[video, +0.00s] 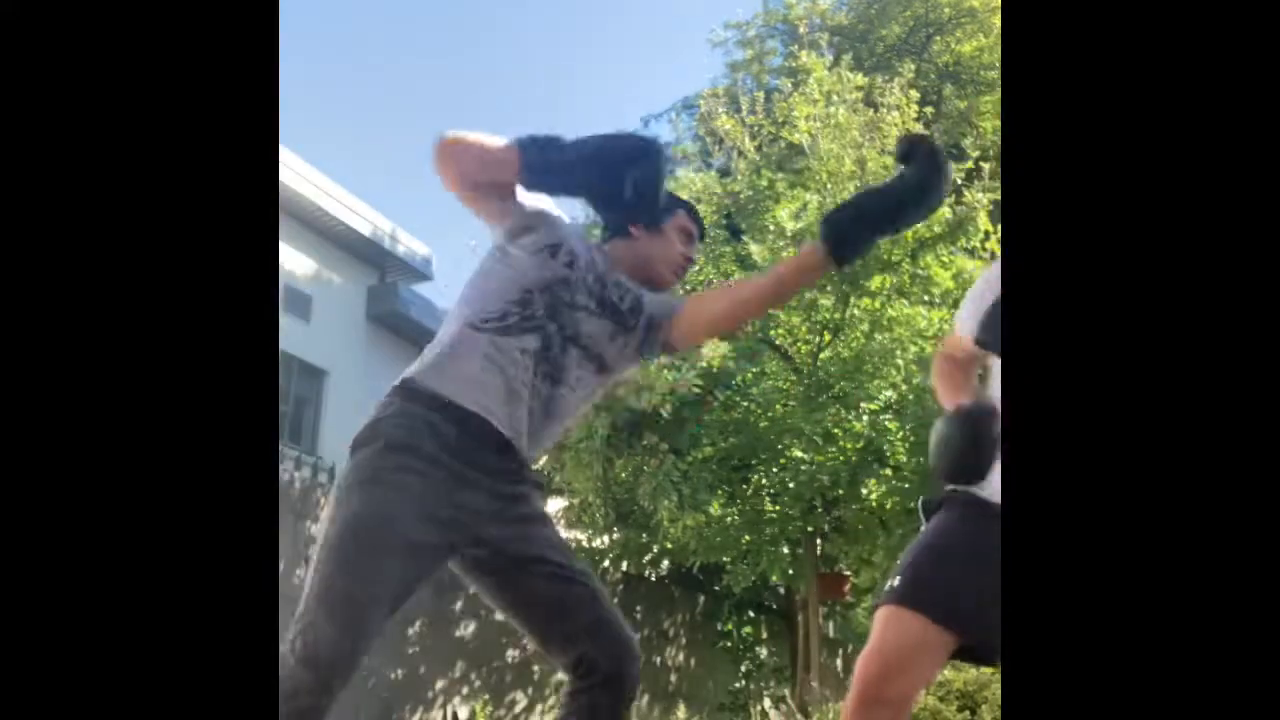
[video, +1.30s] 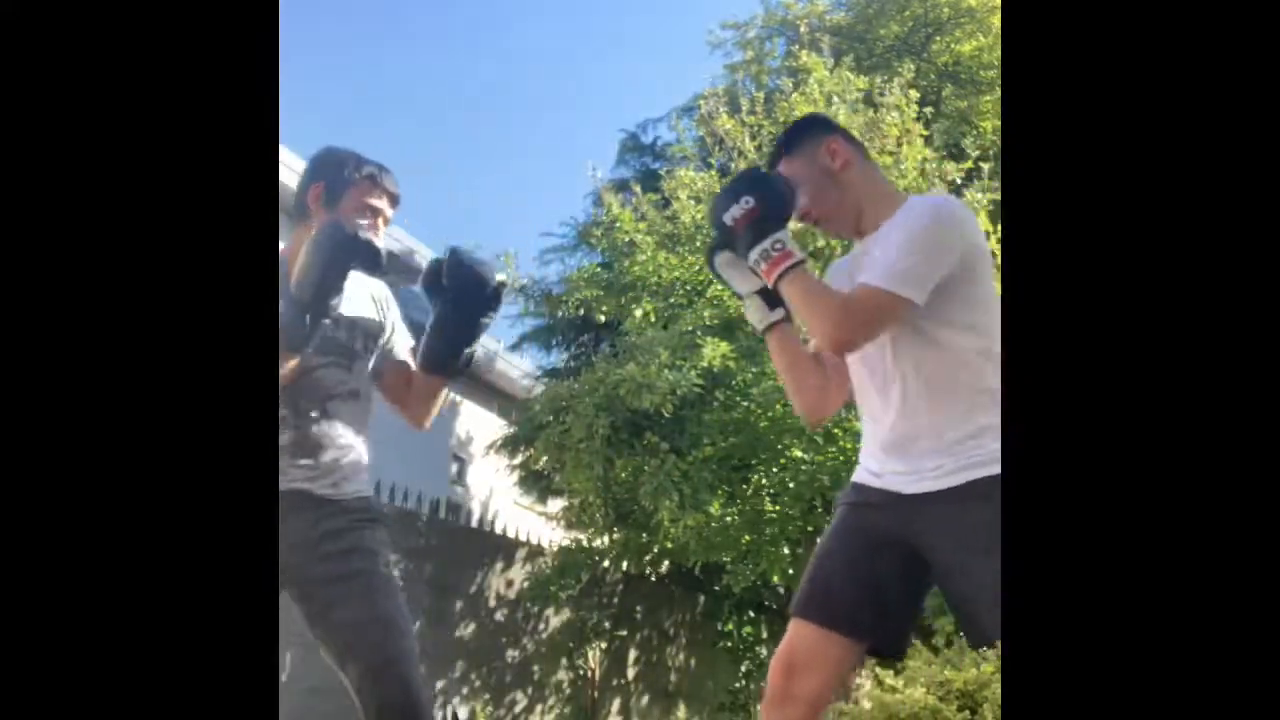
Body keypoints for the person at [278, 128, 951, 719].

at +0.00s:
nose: (694, 255)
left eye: (697, 248)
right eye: (685, 235)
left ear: (673, 263)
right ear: (635, 222)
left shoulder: (649, 321)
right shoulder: (545, 235)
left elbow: (761, 289)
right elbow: (454, 155)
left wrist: (863, 223)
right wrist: (566, 163)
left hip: (503, 488)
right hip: (418, 446)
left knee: (607, 661)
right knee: (315, 667)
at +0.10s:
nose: (696, 241)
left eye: (700, 234)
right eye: (684, 223)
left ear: (683, 250)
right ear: (635, 217)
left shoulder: (666, 313)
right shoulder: (557, 256)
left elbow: (793, 296)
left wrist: (885, 216)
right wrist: (550, 227)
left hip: (542, 508)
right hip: (447, 469)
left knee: (641, 692)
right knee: (328, 672)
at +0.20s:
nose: (679, 254)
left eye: (684, 246)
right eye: (669, 236)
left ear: (673, 260)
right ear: (617, 229)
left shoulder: (655, 346)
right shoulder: (533, 292)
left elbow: (769, 394)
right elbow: (441, 351)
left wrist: (826, 289)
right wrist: (554, 292)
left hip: (568, 551)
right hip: (460, 529)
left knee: (691, 703)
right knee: (326, 696)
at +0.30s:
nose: (641, 247)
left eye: (646, 237)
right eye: (630, 228)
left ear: (640, 251)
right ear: (579, 223)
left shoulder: (626, 348)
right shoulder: (494, 291)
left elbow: (664, 469)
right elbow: (443, 381)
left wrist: (716, 403)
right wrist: (550, 306)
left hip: (558, 553)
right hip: (450, 536)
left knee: (670, 698)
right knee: (326, 702)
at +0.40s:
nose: (590, 224)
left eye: (595, 215)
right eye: (578, 205)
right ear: (528, 198)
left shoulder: (573, 325)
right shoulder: (438, 270)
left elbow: (567, 452)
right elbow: (405, 364)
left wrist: (636, 409)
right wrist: (502, 289)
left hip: (510, 531)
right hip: (404, 515)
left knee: (602, 698)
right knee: (306, 698)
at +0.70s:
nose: (481, 224)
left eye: (487, 213)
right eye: (471, 204)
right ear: (420, 192)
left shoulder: (466, 304)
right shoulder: (334, 272)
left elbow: (483, 421)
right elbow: (329, 372)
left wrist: (538, 363)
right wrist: (409, 292)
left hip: (428, 518)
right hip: (326, 506)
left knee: (492, 689)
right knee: (281, 681)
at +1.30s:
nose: (379, 226)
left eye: (386, 217)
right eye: (367, 208)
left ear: (387, 226)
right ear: (316, 199)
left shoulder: (372, 296)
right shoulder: (283, 276)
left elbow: (418, 407)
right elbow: (284, 376)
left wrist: (454, 320)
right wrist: (305, 302)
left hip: (338, 507)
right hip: (289, 500)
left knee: (400, 693)